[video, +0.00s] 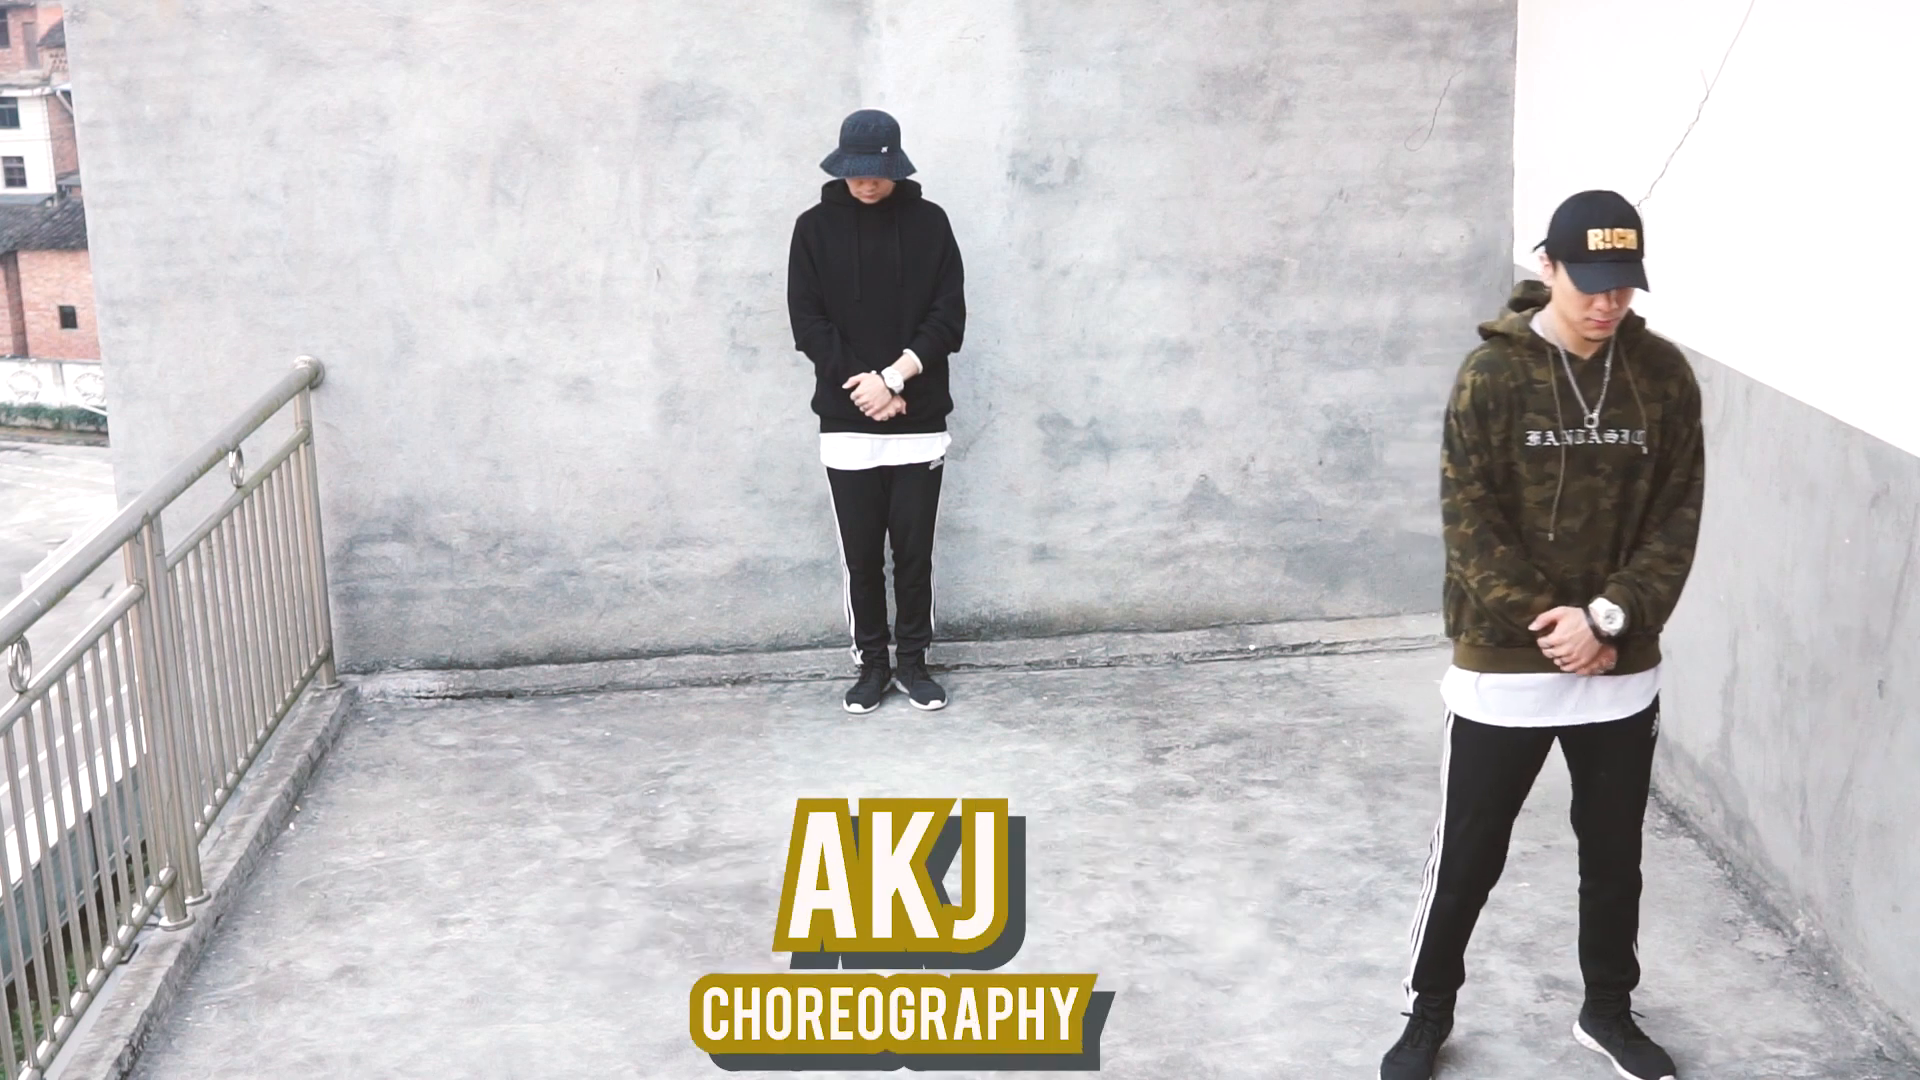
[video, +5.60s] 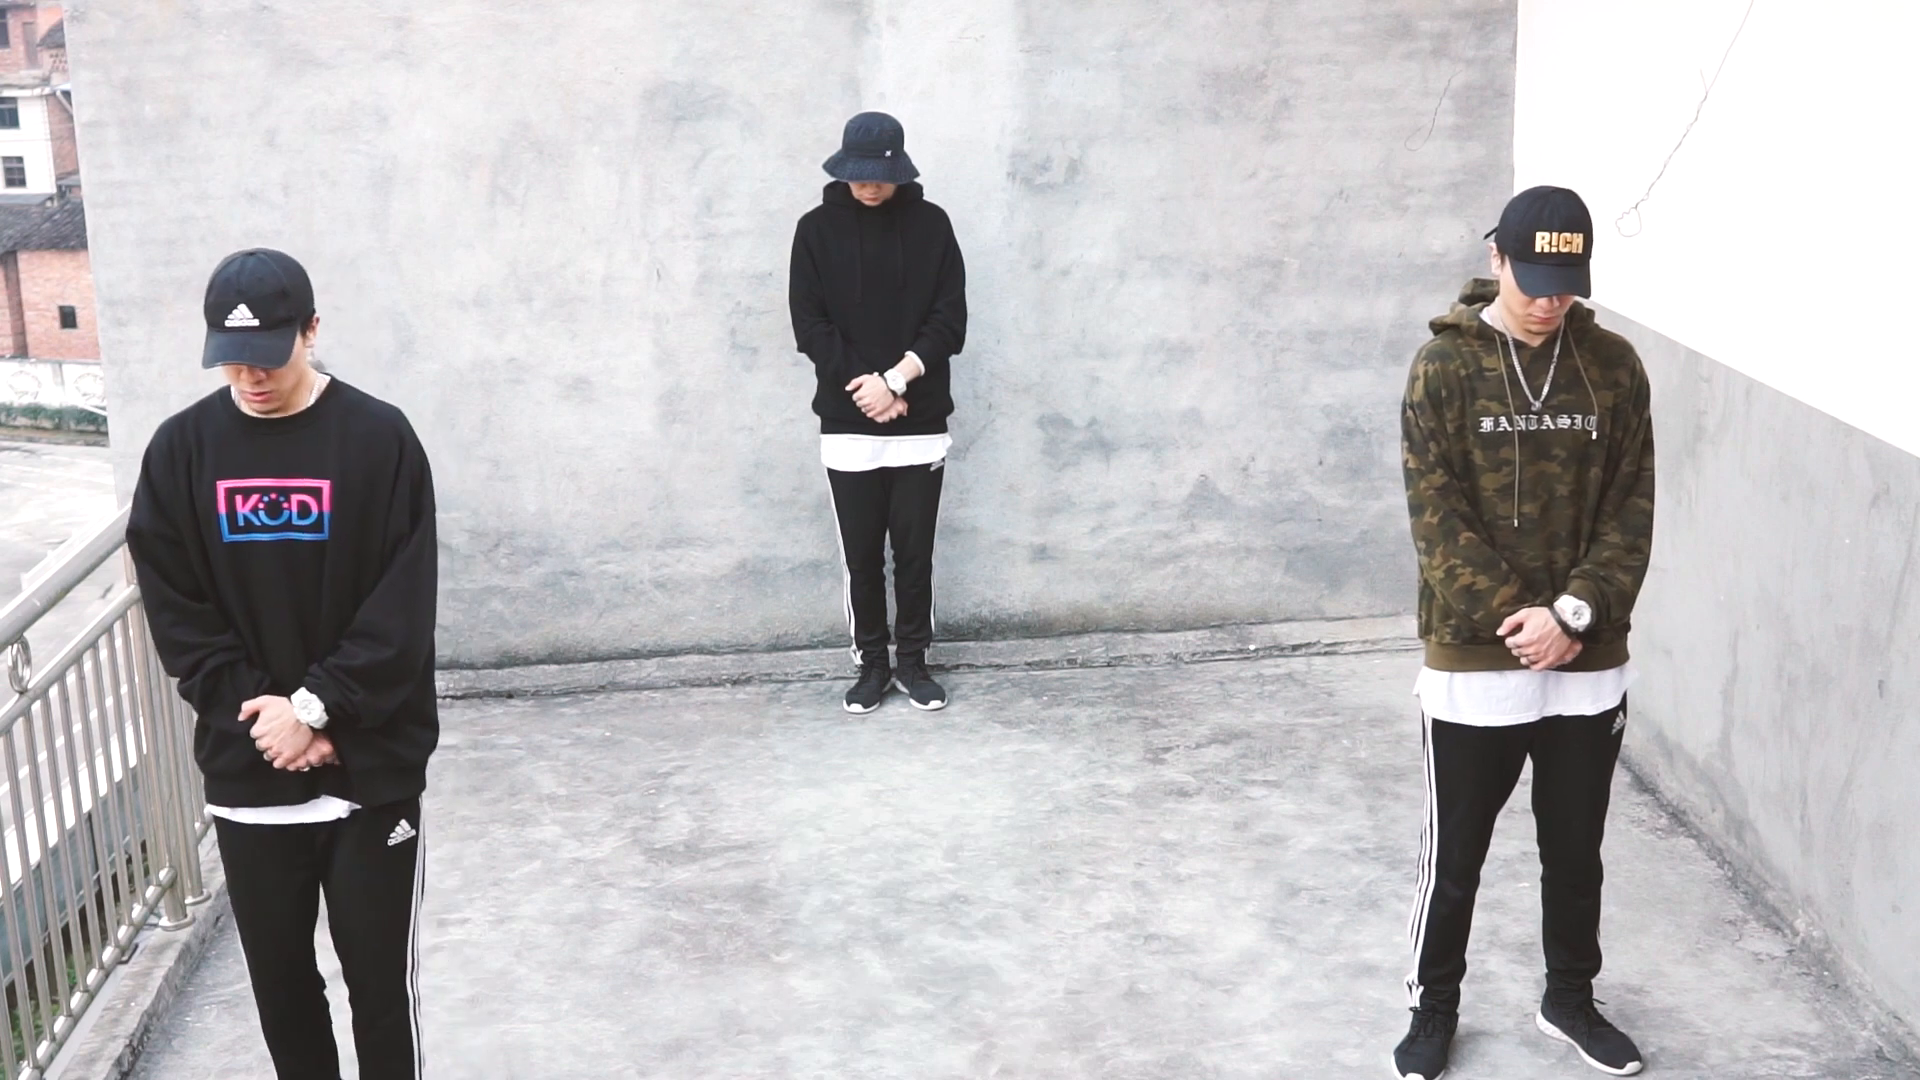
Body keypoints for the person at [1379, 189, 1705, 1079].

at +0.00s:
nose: (1606, 303)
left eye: (1622, 286)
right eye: (1588, 283)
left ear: (1640, 282)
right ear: (1547, 269)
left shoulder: (1664, 374)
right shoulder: (1492, 373)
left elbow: (1677, 520)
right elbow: (1466, 522)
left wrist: (1613, 615)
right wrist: (1552, 625)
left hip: (1620, 670)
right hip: (1503, 667)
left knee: (1615, 860)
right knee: (1468, 859)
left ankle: (1608, 1008)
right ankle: (1428, 1015)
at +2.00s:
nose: (1553, 303)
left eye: (1568, 286)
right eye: (1537, 284)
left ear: (1586, 272)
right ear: (1497, 260)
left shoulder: (1612, 364)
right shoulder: (1443, 360)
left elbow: (1630, 507)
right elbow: (1433, 513)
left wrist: (1576, 608)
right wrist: (1523, 620)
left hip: (1586, 658)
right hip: (1472, 660)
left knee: (1575, 848)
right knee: (1454, 852)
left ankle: (1570, 997)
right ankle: (1433, 1006)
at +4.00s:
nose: (1545, 301)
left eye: (1561, 285)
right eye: (1529, 282)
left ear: (1581, 271)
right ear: (1491, 259)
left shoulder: (1609, 364)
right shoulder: (1440, 363)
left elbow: (1628, 508)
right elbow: (1432, 514)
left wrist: (1575, 613)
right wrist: (1518, 620)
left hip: (1583, 660)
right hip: (1470, 662)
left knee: (1575, 850)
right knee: (1453, 853)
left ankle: (1571, 998)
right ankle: (1433, 1006)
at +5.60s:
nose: (1554, 302)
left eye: (1569, 285)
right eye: (1538, 283)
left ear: (1588, 273)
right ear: (1498, 260)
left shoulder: (1615, 365)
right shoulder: (1445, 362)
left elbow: (1633, 509)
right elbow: (1436, 513)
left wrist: (1578, 613)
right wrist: (1521, 620)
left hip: (1587, 660)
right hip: (1473, 662)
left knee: (1577, 849)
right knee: (1455, 852)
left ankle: (1571, 997)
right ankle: (1434, 1005)